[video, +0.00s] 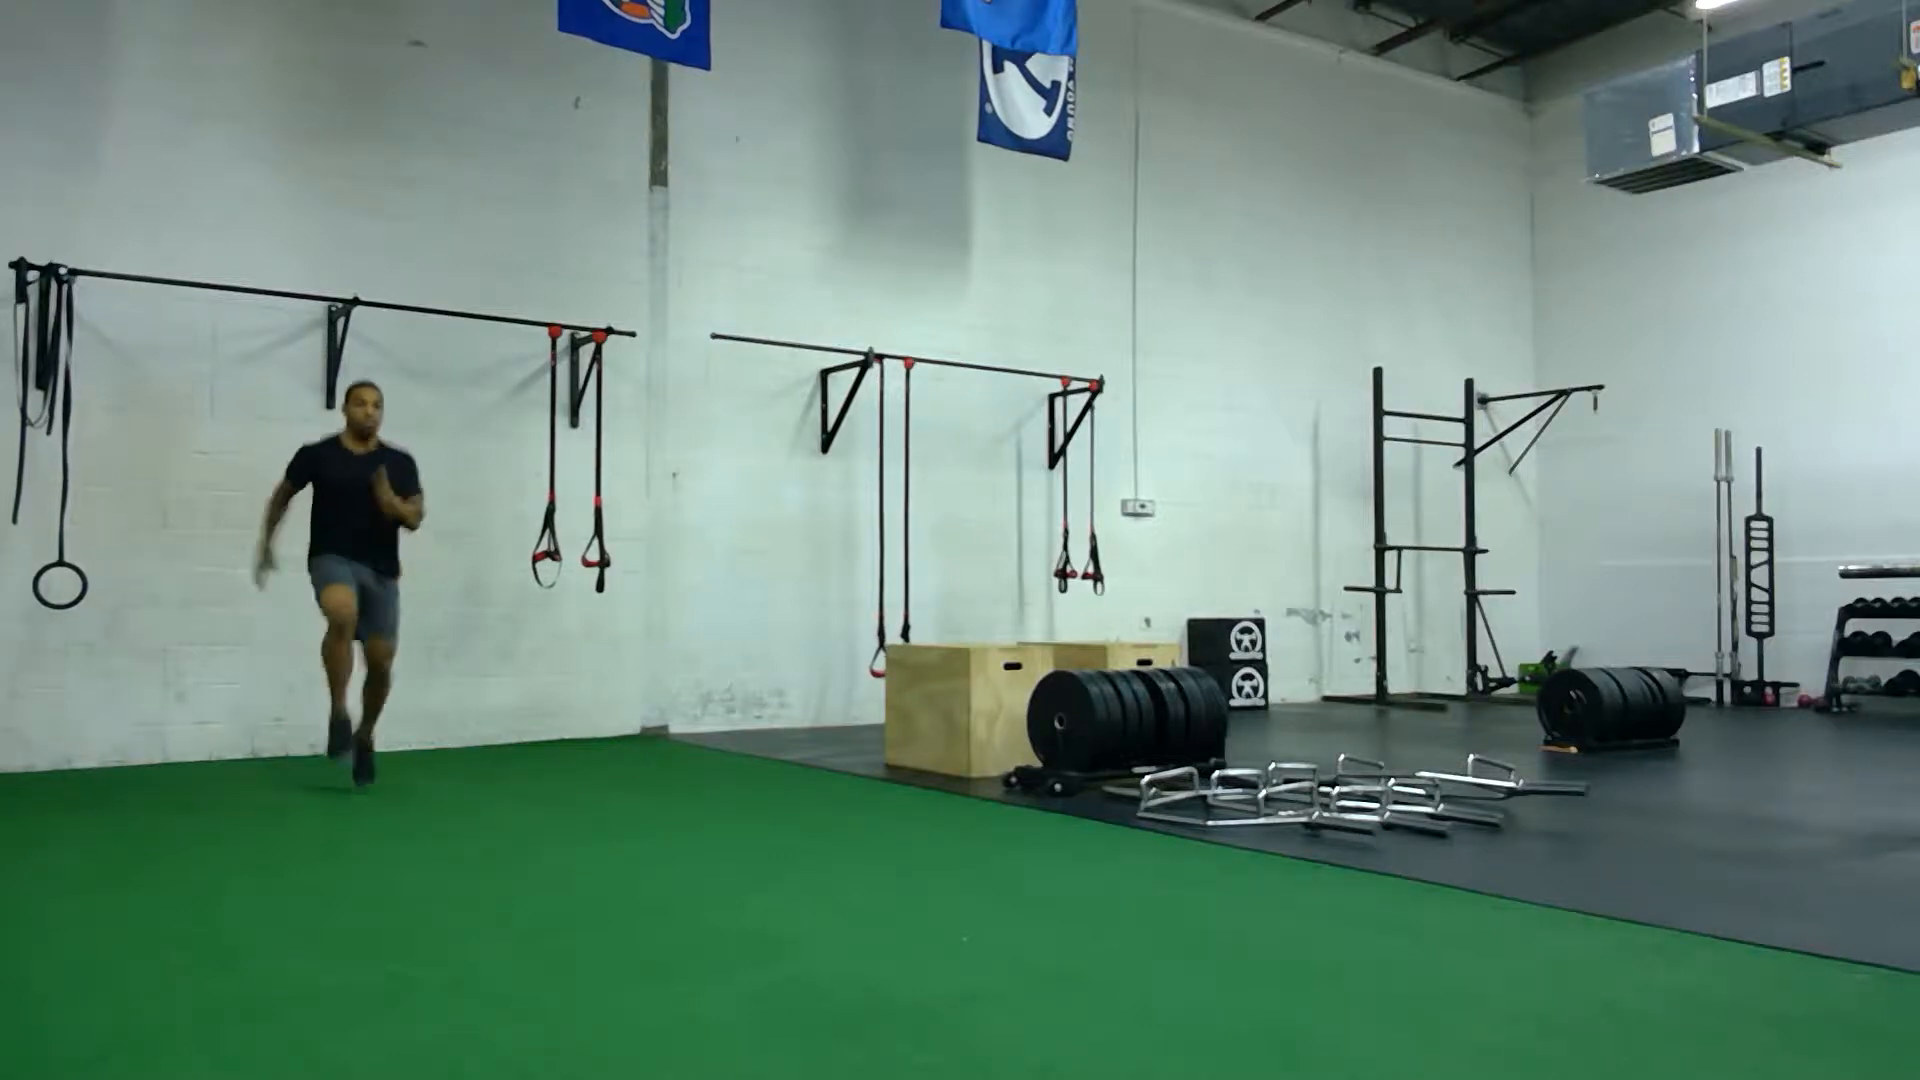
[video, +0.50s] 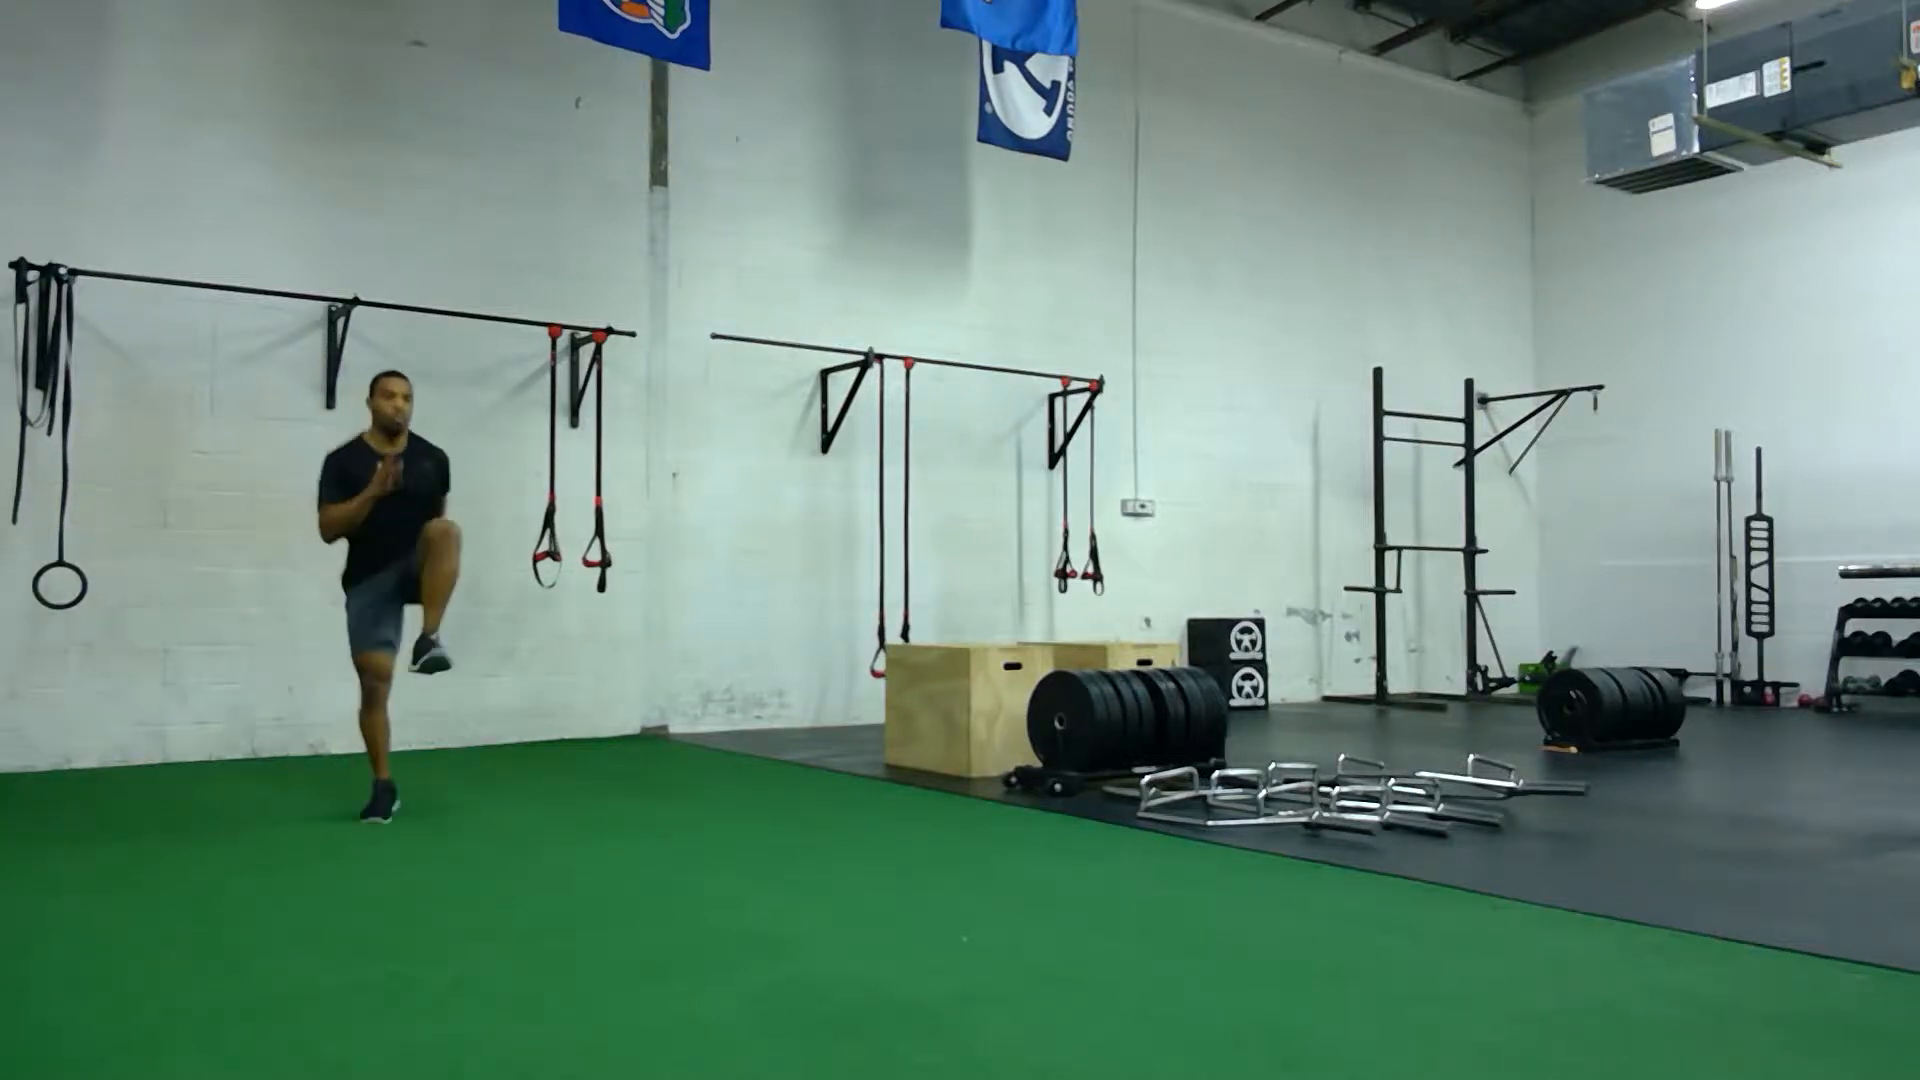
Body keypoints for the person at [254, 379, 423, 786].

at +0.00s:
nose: (369, 412)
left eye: (375, 406)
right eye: (360, 405)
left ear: (383, 413)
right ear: (345, 411)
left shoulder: (399, 461)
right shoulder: (317, 456)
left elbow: (416, 518)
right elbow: (281, 497)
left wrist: (391, 501)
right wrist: (266, 547)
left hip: (380, 568)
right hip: (333, 558)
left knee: (381, 662)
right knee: (342, 615)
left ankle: (365, 738)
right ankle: (339, 715)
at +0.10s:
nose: (369, 403)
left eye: (376, 397)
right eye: (361, 396)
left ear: (384, 406)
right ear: (345, 403)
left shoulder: (401, 456)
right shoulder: (317, 455)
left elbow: (412, 515)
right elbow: (301, 516)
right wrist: (317, 544)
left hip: (389, 563)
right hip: (335, 565)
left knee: (404, 633)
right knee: (338, 656)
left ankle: (374, 675)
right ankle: (335, 764)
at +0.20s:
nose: (370, 422)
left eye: (377, 415)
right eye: (360, 414)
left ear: (384, 423)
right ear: (345, 422)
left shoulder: (403, 476)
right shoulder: (320, 473)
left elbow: (418, 531)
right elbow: (317, 533)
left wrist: (417, 578)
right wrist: (359, 498)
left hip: (385, 580)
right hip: (337, 588)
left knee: (418, 574)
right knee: (343, 684)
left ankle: (389, 657)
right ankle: (344, 780)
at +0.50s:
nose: (397, 405)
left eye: (404, 398)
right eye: (388, 397)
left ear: (412, 407)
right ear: (370, 404)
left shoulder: (432, 460)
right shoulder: (343, 460)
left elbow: (436, 517)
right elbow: (329, 529)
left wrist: (436, 566)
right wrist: (372, 492)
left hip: (417, 569)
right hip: (369, 578)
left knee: (444, 529)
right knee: (374, 685)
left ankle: (430, 639)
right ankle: (382, 786)